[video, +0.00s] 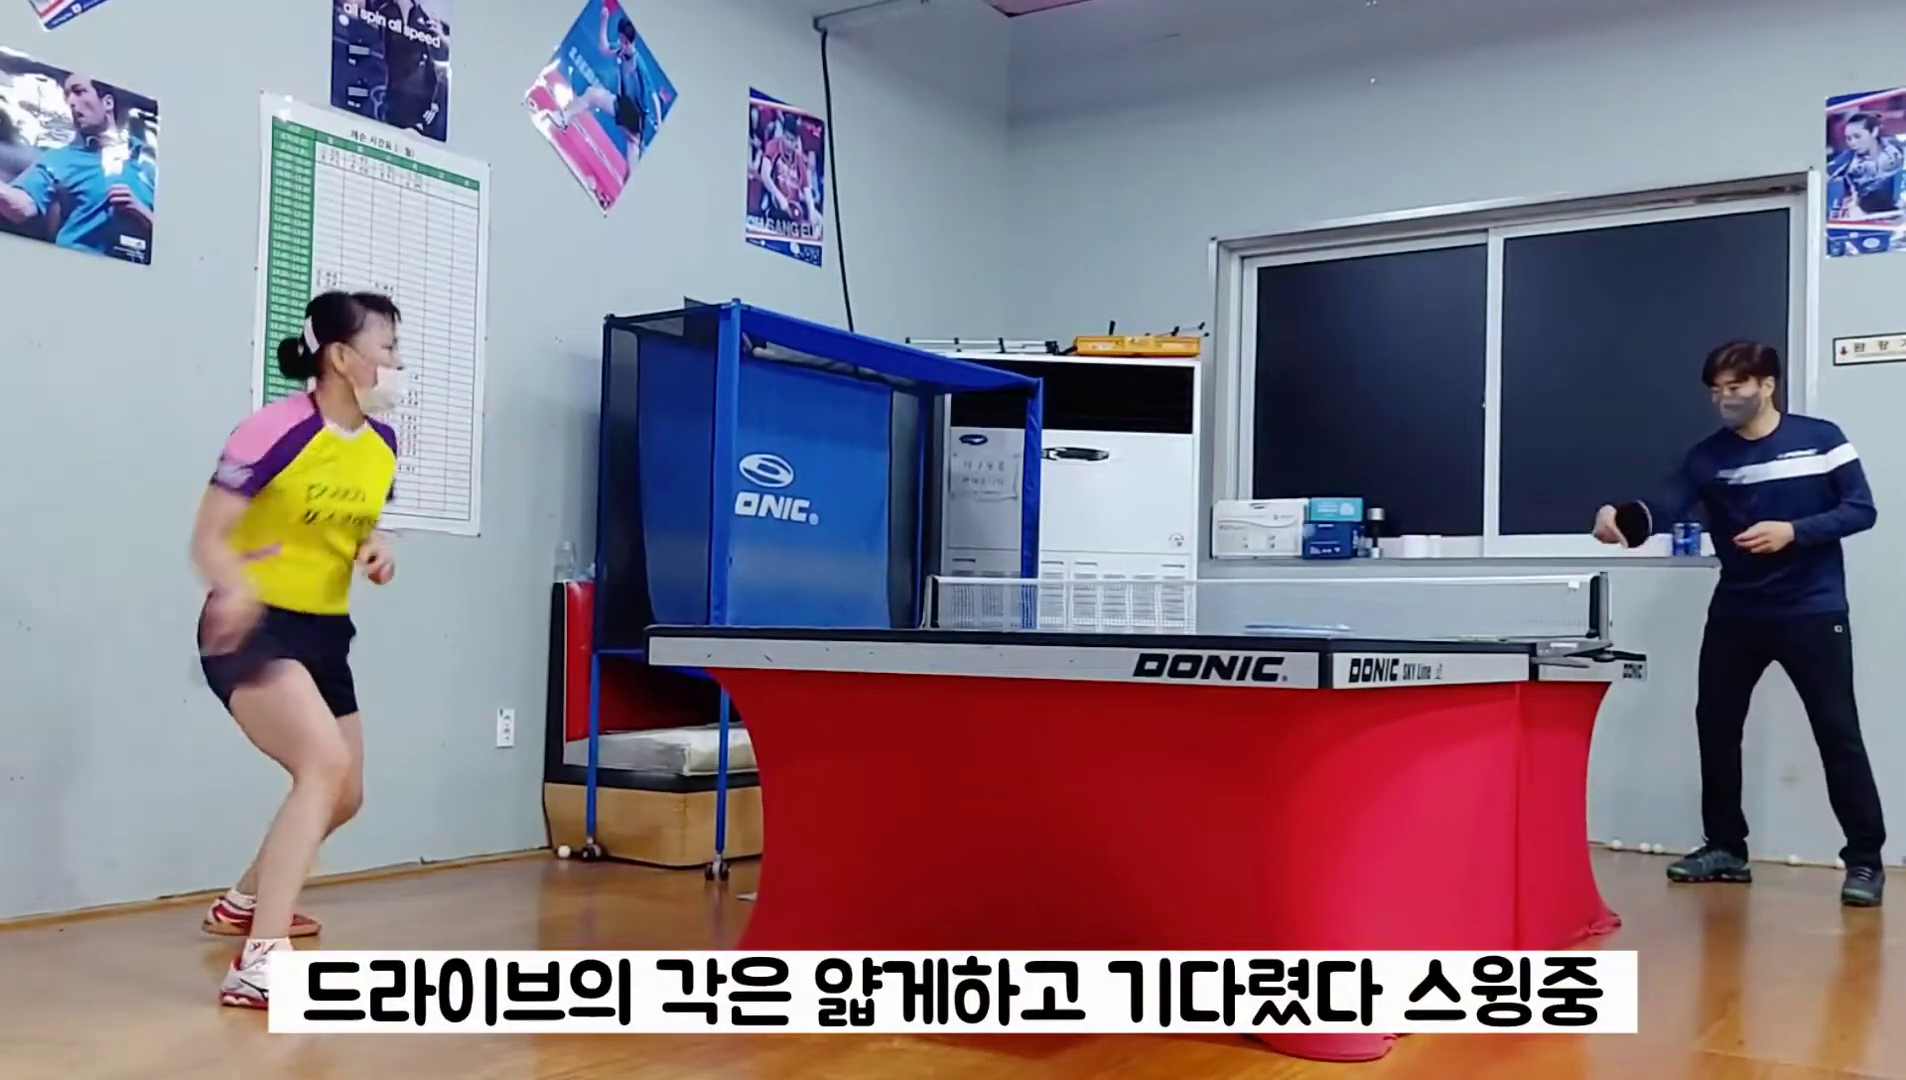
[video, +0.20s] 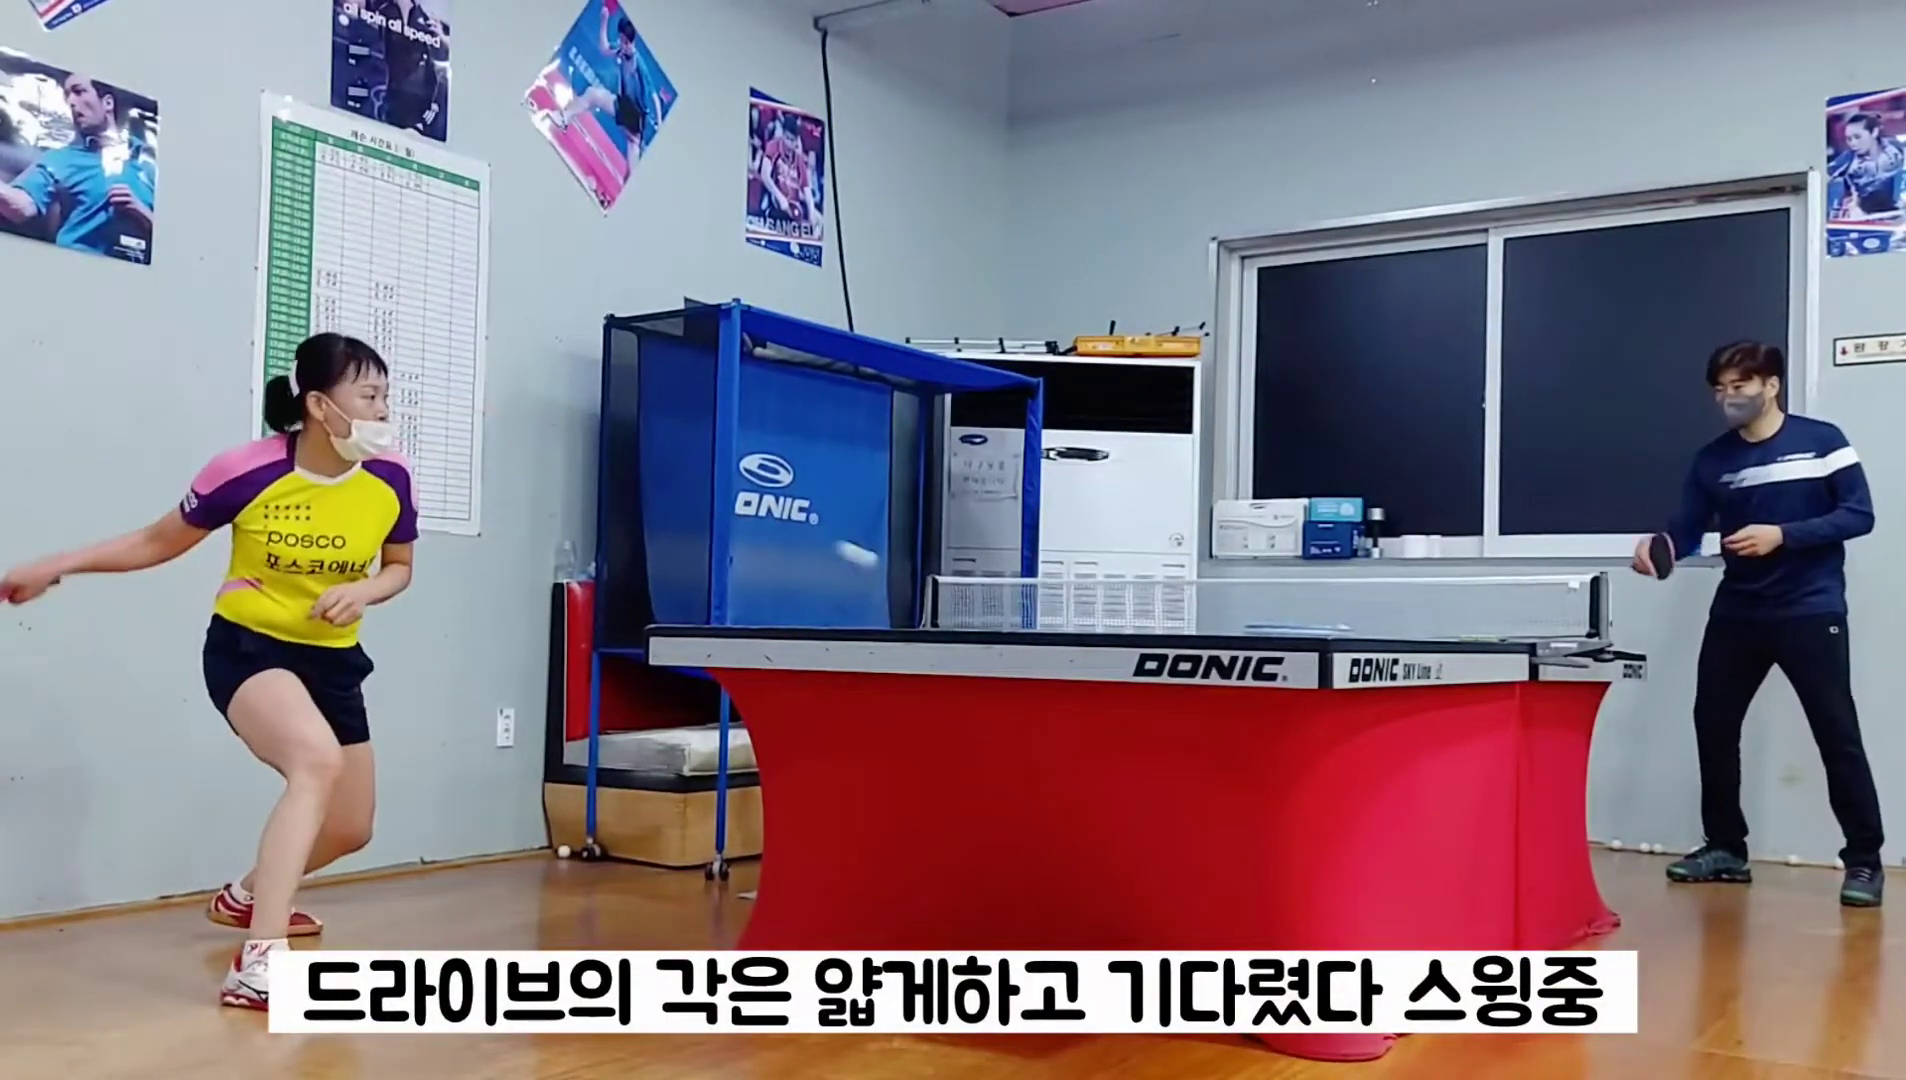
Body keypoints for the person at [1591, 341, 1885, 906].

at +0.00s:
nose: (1725, 397)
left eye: (1736, 385)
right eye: (1717, 389)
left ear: (1768, 385)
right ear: (1711, 396)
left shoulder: (1821, 438)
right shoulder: (1706, 458)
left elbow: (1861, 509)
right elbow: (1663, 508)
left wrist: (1793, 530)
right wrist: (1623, 520)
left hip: (1812, 614)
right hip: (1737, 614)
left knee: (1839, 736)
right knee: (1716, 727)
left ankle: (1864, 862)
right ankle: (1726, 849)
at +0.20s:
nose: (1729, 395)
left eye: (1741, 385)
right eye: (1721, 388)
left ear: (1772, 386)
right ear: (1714, 395)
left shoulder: (1822, 441)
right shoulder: (1712, 459)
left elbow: (1859, 515)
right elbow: (1686, 531)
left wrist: (1783, 534)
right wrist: (1661, 548)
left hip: (1811, 614)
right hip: (1738, 615)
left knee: (1838, 736)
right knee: (1713, 723)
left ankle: (1862, 863)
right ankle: (1725, 848)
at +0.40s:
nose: (1732, 391)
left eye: (1743, 380)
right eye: (1724, 384)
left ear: (1774, 381)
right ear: (1719, 392)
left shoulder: (1823, 436)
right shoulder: (1723, 458)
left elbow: (1861, 509)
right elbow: (1717, 537)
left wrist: (1778, 530)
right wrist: (1684, 561)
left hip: (1816, 614)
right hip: (1747, 615)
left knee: (1838, 734)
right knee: (1726, 724)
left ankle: (1864, 862)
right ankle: (1728, 848)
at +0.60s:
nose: (1727, 403)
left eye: (1738, 393)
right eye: (1720, 395)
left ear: (1771, 389)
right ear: (1716, 399)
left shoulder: (1823, 439)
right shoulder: (1725, 460)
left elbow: (1861, 513)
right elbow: (1724, 532)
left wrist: (1778, 532)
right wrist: (1693, 577)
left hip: (1817, 615)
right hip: (1748, 615)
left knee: (1839, 735)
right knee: (1721, 722)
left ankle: (1864, 863)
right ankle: (1728, 848)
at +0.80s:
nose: (1721, 410)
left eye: (1732, 399)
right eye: (1714, 401)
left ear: (1764, 396)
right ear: (1708, 402)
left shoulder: (1819, 443)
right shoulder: (1710, 462)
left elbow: (1862, 515)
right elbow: (1668, 516)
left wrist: (1788, 536)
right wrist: (1640, 554)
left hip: (1813, 618)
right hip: (1740, 618)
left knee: (1839, 737)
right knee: (1713, 723)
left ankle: (1864, 863)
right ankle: (1725, 848)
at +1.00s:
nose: (1713, 399)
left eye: (1724, 388)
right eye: (1706, 391)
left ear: (1756, 388)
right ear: (1700, 398)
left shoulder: (1808, 440)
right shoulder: (1698, 458)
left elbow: (1851, 511)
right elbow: (1643, 508)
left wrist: (1781, 535)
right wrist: (1607, 513)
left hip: (1804, 616)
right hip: (1730, 617)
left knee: (1835, 737)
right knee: (1712, 729)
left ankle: (1864, 860)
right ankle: (1725, 848)